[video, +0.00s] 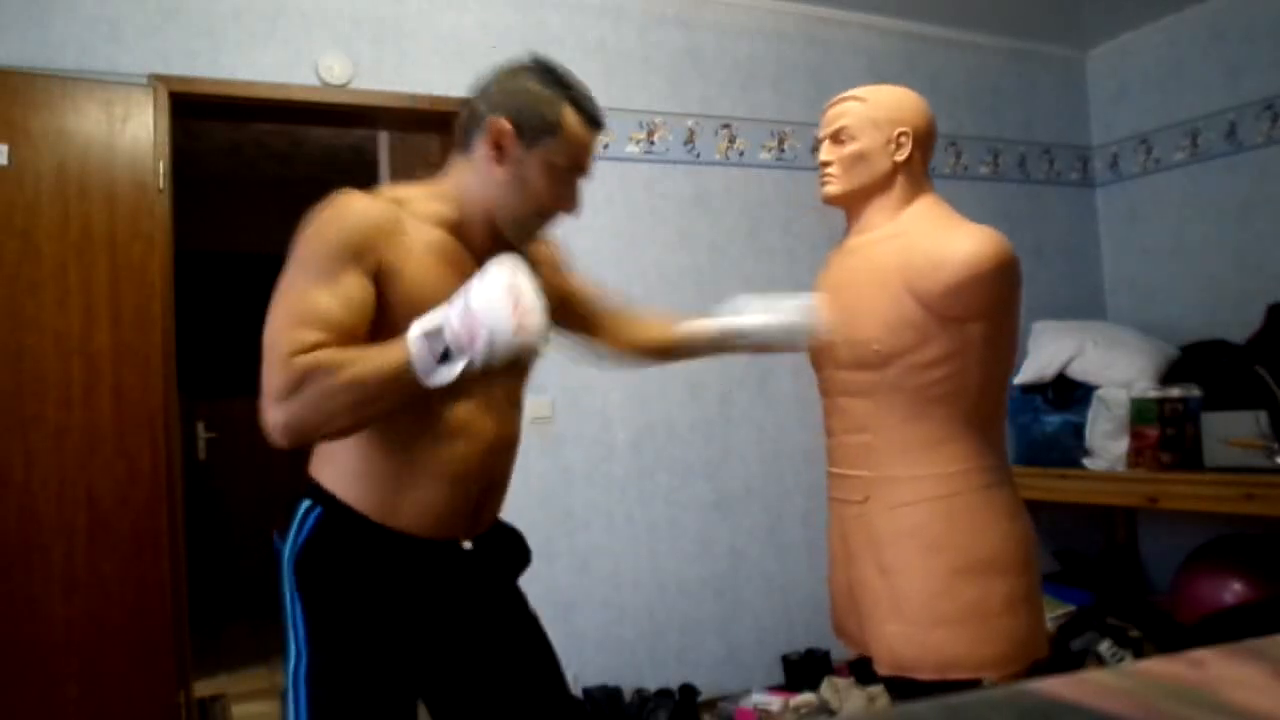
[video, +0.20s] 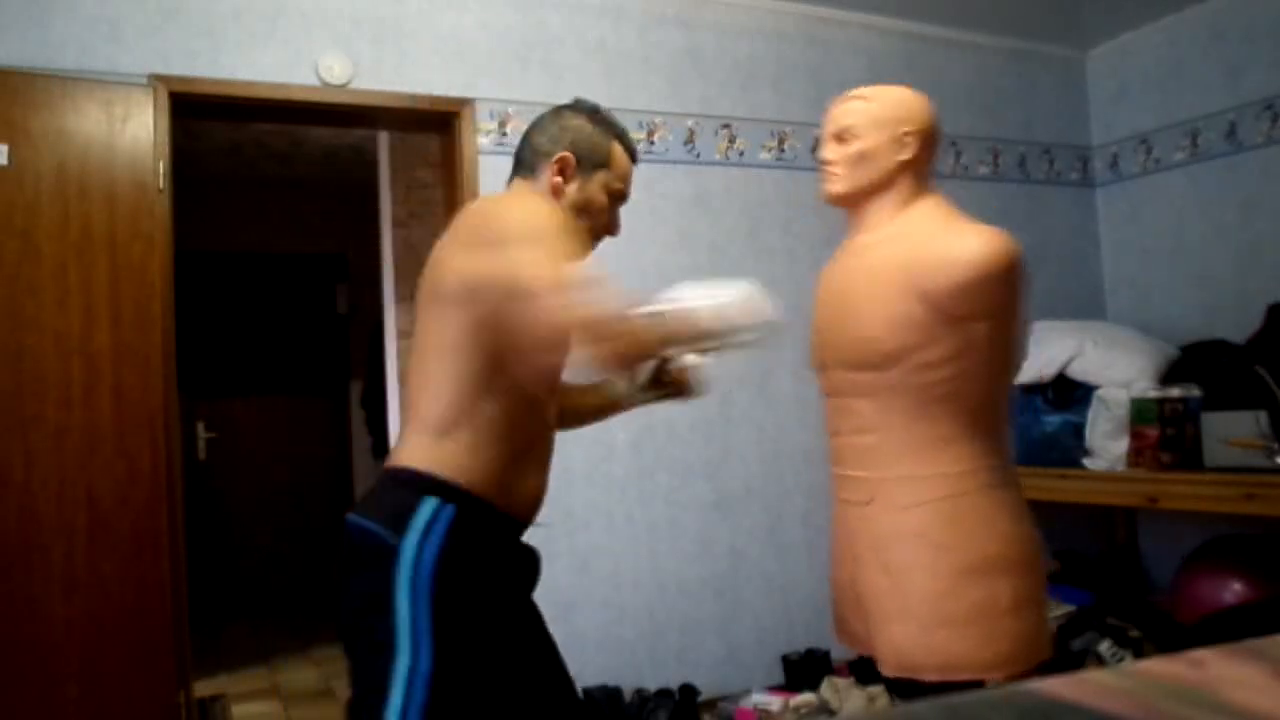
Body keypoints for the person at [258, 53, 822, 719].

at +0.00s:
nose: (571, 199)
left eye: (579, 179)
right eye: (566, 173)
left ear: (504, 150)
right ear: (500, 145)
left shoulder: (522, 261)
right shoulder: (356, 225)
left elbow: (624, 331)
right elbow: (288, 407)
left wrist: (741, 329)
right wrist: (446, 338)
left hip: (468, 574)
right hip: (353, 573)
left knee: (545, 717)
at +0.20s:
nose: (616, 225)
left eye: (622, 203)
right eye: (613, 198)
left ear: (559, 175)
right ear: (561, 173)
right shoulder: (514, 220)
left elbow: (532, 408)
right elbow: (605, 341)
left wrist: (636, 389)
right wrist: (691, 328)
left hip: (470, 543)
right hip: (433, 539)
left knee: (544, 710)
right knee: (412, 709)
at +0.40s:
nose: (594, 222)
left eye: (601, 205)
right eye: (595, 197)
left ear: (540, 164)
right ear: (550, 165)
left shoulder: (443, 236)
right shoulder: (516, 226)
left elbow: (487, 386)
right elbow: (588, 387)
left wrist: (600, 388)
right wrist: (677, 409)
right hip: (460, 525)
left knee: (533, 708)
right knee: (464, 710)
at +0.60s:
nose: (544, 206)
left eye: (549, 186)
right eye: (539, 179)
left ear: (485, 159)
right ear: (485, 156)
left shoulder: (449, 237)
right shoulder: (418, 228)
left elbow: (447, 391)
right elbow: (410, 403)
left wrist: (528, 408)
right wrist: (531, 438)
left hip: (445, 525)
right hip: (408, 528)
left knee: (519, 708)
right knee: (452, 713)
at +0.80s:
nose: (465, 226)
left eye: (468, 206)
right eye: (455, 201)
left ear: (393, 187)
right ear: (389, 184)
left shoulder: (380, 304)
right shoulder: (295, 294)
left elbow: (391, 467)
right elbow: (270, 490)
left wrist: (471, 511)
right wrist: (431, 545)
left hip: (397, 595)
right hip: (325, 604)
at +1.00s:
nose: (410, 136)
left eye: (415, 115)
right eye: (397, 105)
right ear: (325, 84)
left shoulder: (365, 224)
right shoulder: (211, 174)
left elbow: (337, 370)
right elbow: (88, 331)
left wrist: (378, 430)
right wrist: (260, 415)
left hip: (346, 510)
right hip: (237, 508)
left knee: (398, 706)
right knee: (235, 711)